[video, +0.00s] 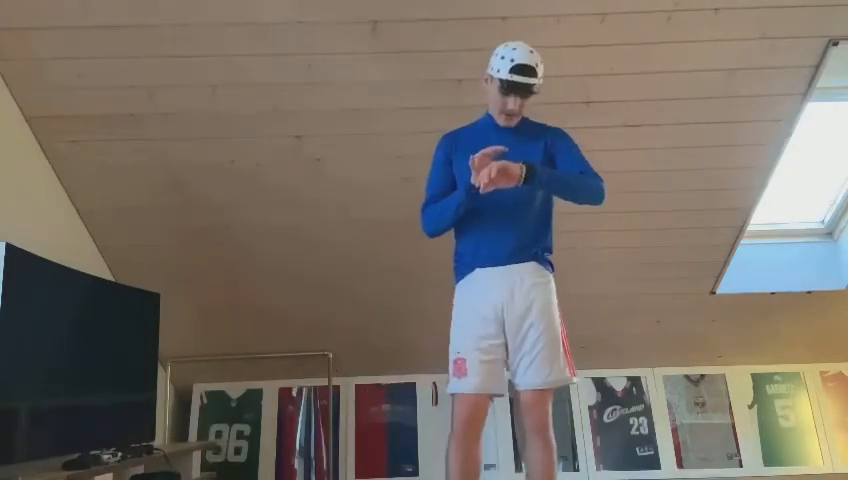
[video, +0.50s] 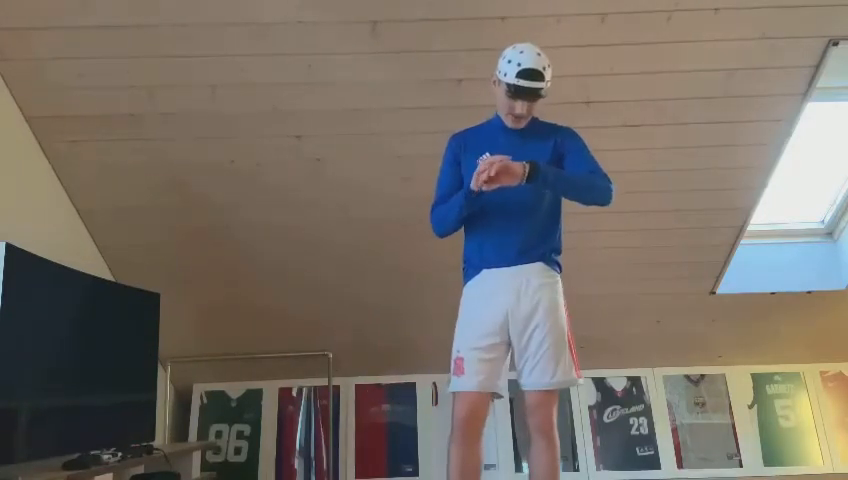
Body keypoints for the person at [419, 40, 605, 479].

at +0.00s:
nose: (514, 103)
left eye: (524, 93)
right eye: (506, 91)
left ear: (534, 90)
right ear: (488, 82)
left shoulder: (551, 140)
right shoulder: (454, 144)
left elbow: (594, 191)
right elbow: (430, 223)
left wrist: (526, 173)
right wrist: (471, 187)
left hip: (533, 288)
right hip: (475, 290)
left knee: (537, 415)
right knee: (469, 413)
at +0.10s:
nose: (516, 103)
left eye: (526, 93)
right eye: (508, 91)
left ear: (537, 90)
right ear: (490, 82)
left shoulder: (554, 140)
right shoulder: (457, 143)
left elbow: (597, 190)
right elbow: (432, 223)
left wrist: (529, 171)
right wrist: (472, 186)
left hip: (535, 289)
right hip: (477, 291)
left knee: (538, 416)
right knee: (468, 415)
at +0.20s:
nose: (518, 103)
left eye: (528, 94)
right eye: (510, 91)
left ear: (539, 91)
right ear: (493, 83)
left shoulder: (556, 139)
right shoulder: (459, 143)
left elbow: (598, 190)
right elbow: (434, 222)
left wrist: (530, 170)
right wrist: (474, 186)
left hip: (537, 288)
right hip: (479, 290)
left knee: (539, 415)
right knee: (467, 414)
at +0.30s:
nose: (519, 104)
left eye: (529, 95)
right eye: (511, 93)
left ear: (541, 92)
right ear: (494, 83)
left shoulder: (558, 139)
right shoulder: (460, 143)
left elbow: (600, 190)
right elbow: (435, 222)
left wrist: (530, 170)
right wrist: (475, 186)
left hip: (538, 288)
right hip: (480, 290)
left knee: (540, 417)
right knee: (466, 415)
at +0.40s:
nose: (520, 105)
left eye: (530, 96)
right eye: (512, 94)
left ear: (542, 92)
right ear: (495, 84)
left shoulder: (559, 139)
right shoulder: (462, 143)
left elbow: (601, 191)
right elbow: (437, 222)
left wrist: (530, 170)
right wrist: (475, 187)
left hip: (539, 289)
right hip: (482, 291)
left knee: (541, 418)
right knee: (466, 417)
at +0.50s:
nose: (521, 106)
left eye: (531, 97)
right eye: (513, 95)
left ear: (543, 92)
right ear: (497, 85)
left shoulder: (561, 139)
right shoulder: (464, 143)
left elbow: (602, 191)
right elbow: (440, 223)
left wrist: (530, 171)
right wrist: (473, 189)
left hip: (539, 288)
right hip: (482, 290)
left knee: (541, 416)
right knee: (467, 415)